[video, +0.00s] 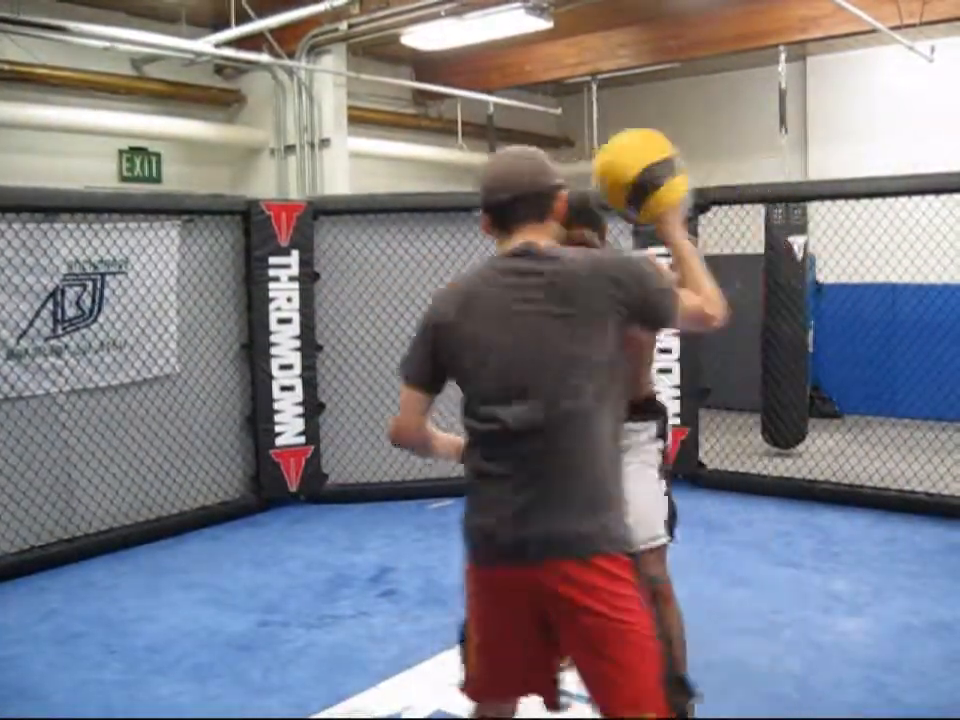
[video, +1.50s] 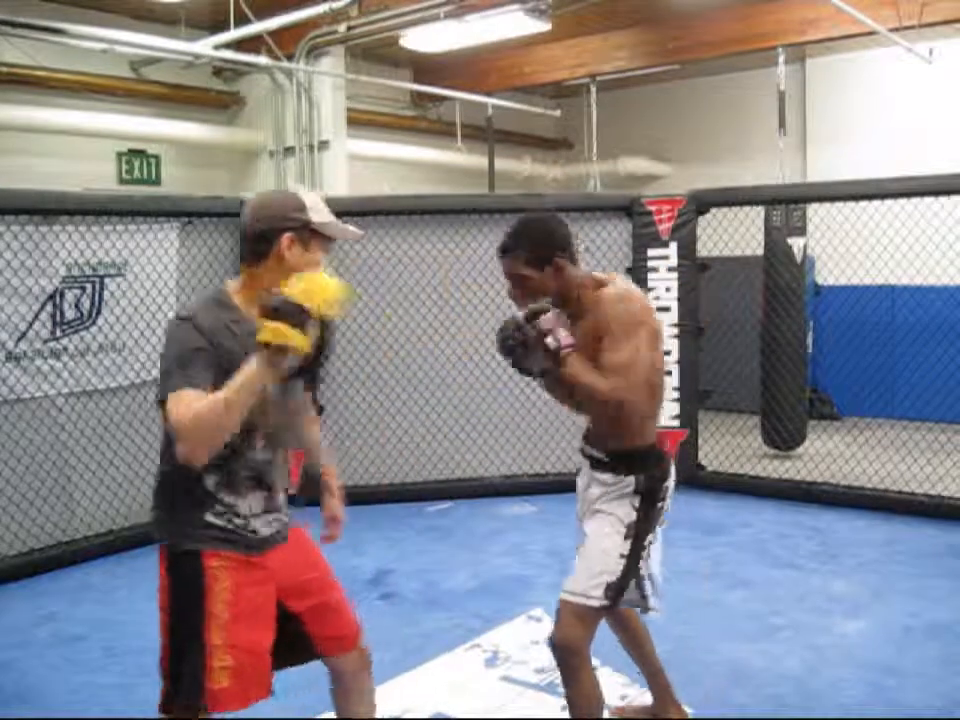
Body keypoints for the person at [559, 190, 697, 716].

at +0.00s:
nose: (565, 257)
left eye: (575, 244)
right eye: (560, 244)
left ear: (595, 243)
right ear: (549, 244)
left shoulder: (631, 286)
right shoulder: (537, 298)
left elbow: (639, 383)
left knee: (650, 571)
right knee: (549, 560)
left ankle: (674, 690)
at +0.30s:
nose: (585, 266)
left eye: (593, 255)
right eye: (578, 256)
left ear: (621, 239)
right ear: (576, 247)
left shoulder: (666, 264)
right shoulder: (602, 281)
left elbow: (723, 338)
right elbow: (616, 352)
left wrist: (646, 329)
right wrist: (577, 358)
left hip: (680, 431)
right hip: (632, 427)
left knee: (683, 583)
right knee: (618, 551)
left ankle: (695, 707)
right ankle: (648, 664)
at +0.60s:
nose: (605, 261)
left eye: (614, 250)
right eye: (600, 250)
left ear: (644, 239)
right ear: (598, 242)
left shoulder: (687, 273)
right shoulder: (611, 273)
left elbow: (720, 359)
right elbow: (593, 360)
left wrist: (644, 325)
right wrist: (587, 322)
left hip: (677, 434)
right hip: (638, 430)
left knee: (658, 587)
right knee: (678, 568)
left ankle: (688, 705)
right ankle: (705, 688)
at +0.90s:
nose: (562, 303)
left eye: (568, 290)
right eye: (556, 292)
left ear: (600, 275)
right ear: (590, 279)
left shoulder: (635, 308)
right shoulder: (611, 311)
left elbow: (644, 403)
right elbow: (629, 385)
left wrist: (580, 370)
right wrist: (579, 365)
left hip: (682, 466)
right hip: (649, 460)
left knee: (623, 615)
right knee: (627, 579)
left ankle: (619, 712)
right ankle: (698, 676)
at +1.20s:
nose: (532, 272)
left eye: (538, 256)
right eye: (523, 263)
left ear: (570, 243)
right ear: (521, 267)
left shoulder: (625, 259)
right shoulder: (548, 321)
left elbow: (694, 303)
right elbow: (570, 419)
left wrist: (599, 308)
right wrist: (517, 405)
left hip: (660, 455)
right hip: (614, 456)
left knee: (611, 634)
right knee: (639, 587)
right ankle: (694, 683)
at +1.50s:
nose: (514, 294)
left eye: (520, 281)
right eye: (509, 282)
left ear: (558, 267)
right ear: (556, 267)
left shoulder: (623, 307)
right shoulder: (569, 309)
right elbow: (582, 399)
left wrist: (561, 354)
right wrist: (541, 365)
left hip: (633, 481)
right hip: (596, 470)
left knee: (568, 641)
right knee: (611, 601)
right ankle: (667, 703)